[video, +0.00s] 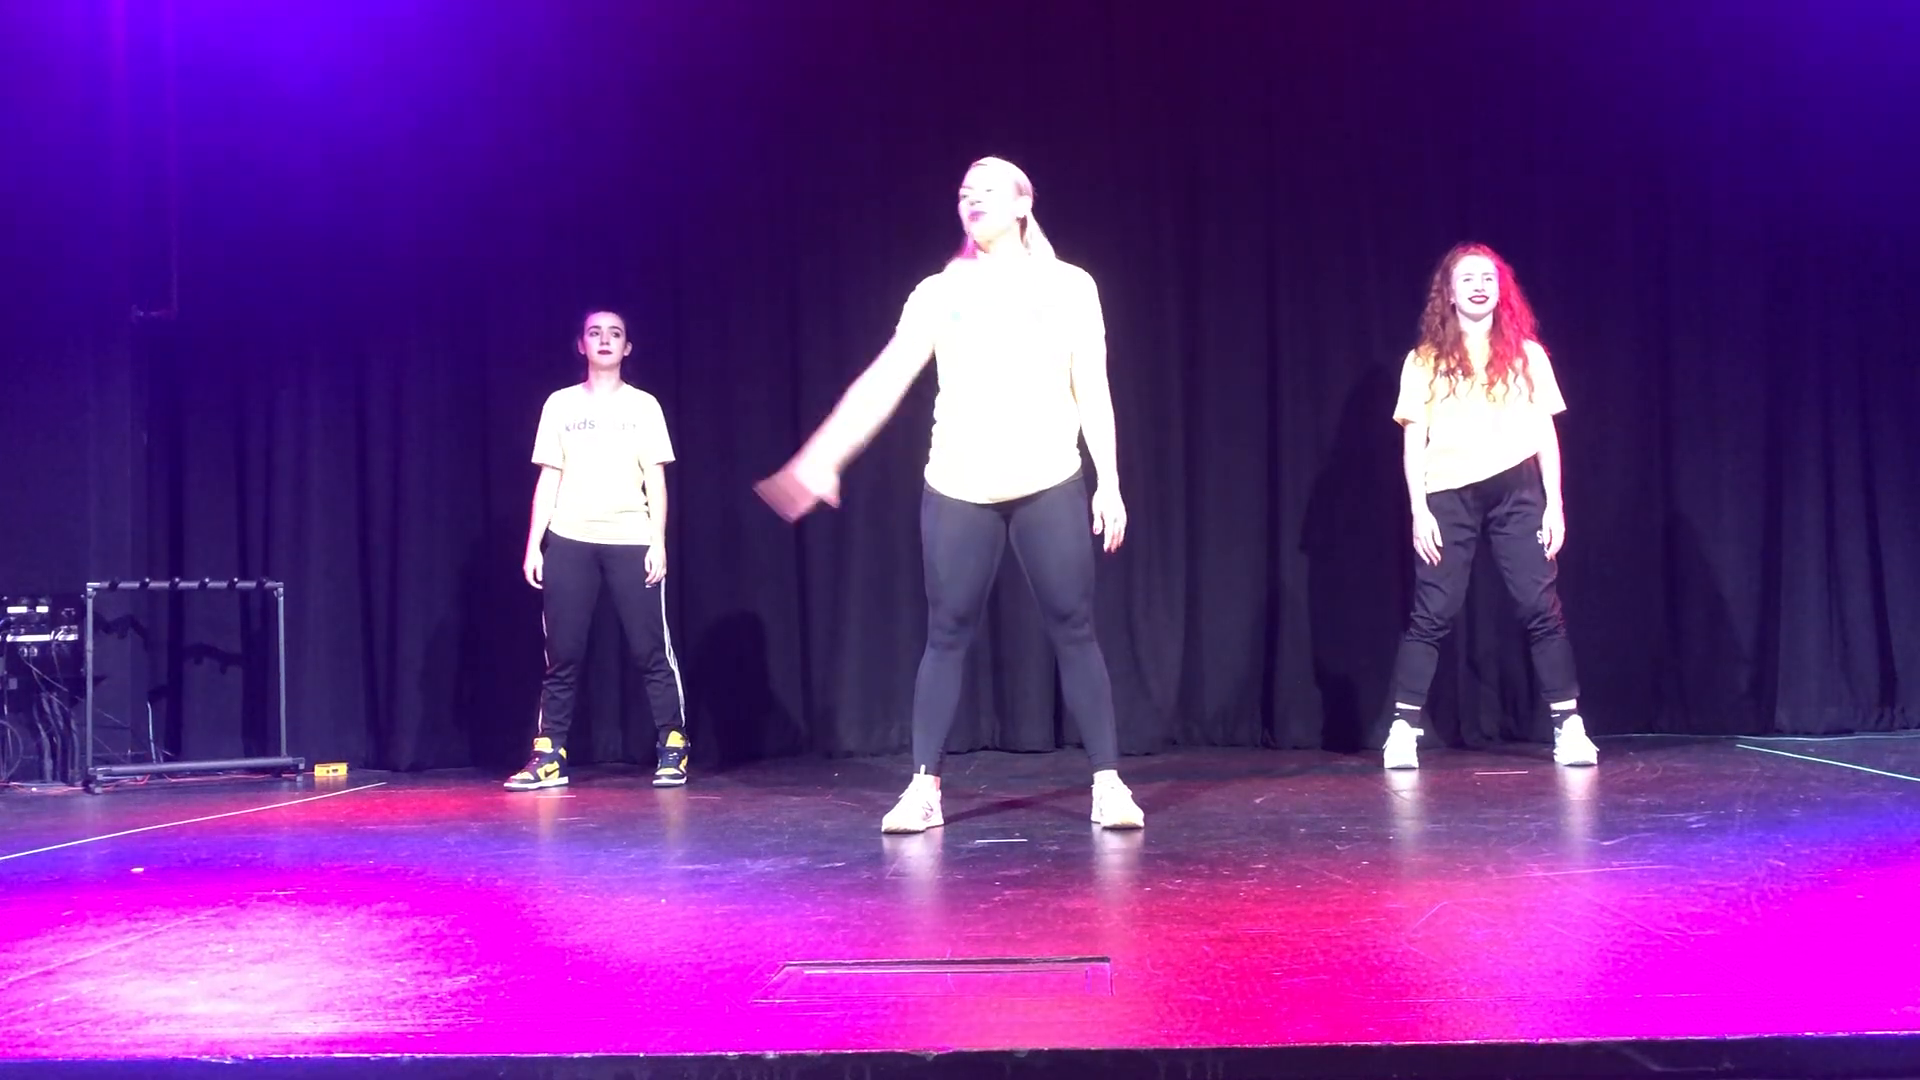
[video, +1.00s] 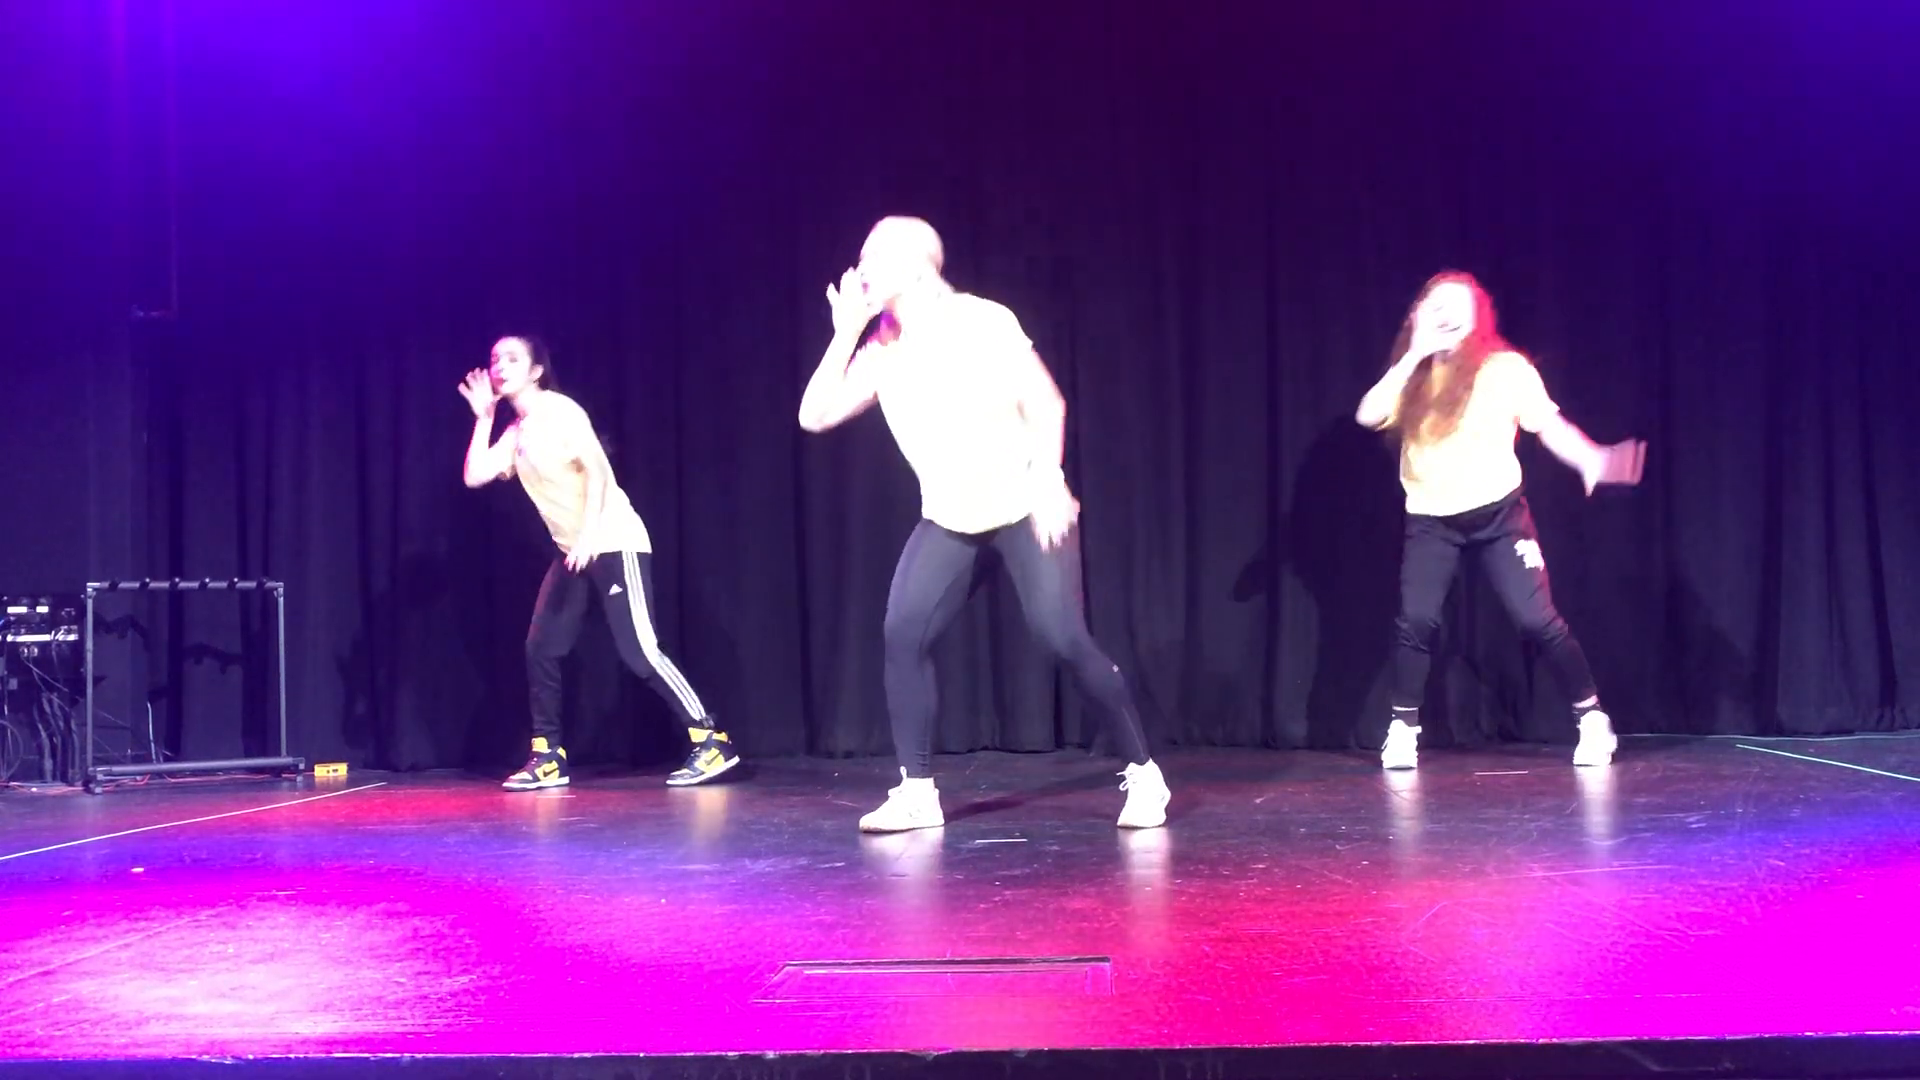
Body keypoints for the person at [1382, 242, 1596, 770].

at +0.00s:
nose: (1478, 287)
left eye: (1487, 279)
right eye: (1468, 279)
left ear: (1501, 289)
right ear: (1448, 289)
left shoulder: (1527, 353)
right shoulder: (1425, 359)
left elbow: (1546, 434)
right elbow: (1414, 442)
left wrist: (1554, 505)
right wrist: (1419, 510)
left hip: (1518, 493)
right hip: (1448, 498)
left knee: (1541, 608)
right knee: (1433, 611)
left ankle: (1568, 726)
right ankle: (1404, 728)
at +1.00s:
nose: (1446, 319)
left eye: (1456, 311)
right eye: (1437, 310)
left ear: (1477, 320)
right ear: (1419, 318)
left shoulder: (1505, 370)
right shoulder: (1411, 378)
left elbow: (1550, 426)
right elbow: (1367, 415)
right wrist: (1413, 356)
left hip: (1500, 517)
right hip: (1430, 523)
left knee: (1538, 621)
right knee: (1416, 622)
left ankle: (1592, 721)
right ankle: (1403, 731)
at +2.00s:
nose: (1615, 322)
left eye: (1616, 314)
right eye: (1603, 314)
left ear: (1613, 322)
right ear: (1570, 318)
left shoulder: (1586, 371)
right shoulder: (1537, 360)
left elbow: (1618, 433)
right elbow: (1577, 416)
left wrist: (1621, 372)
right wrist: (1604, 359)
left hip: (1526, 513)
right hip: (1470, 508)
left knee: (1556, 612)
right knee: (1445, 622)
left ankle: (1571, 730)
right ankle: (1370, 724)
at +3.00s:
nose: (1390, 397)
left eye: (1400, 384)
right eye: (1382, 387)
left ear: (1425, 383)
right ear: (1372, 392)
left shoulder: (1464, 412)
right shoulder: (1376, 428)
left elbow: (1487, 478)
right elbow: (1345, 506)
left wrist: (1424, 430)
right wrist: (1370, 441)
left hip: (1500, 515)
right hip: (1432, 527)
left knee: (1530, 614)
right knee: (1413, 621)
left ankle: (1570, 724)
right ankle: (1387, 730)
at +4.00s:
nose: (1541, 285)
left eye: (1540, 276)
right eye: (1525, 276)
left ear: (1542, 289)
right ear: (1494, 288)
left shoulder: (1539, 357)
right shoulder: (1471, 351)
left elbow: (1601, 387)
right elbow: (1445, 426)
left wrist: (1599, 321)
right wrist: (1436, 498)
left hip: (1510, 502)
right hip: (1459, 499)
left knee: (1534, 611)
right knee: (1423, 613)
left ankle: (1557, 727)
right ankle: (1361, 722)